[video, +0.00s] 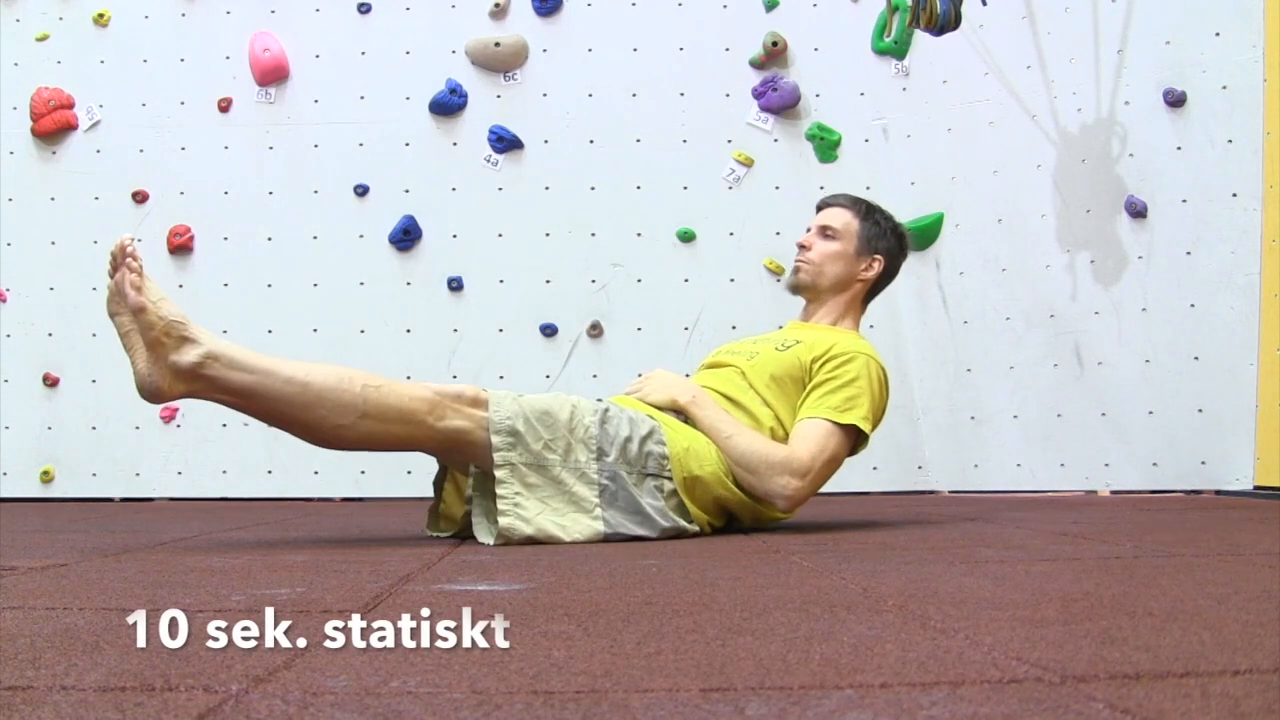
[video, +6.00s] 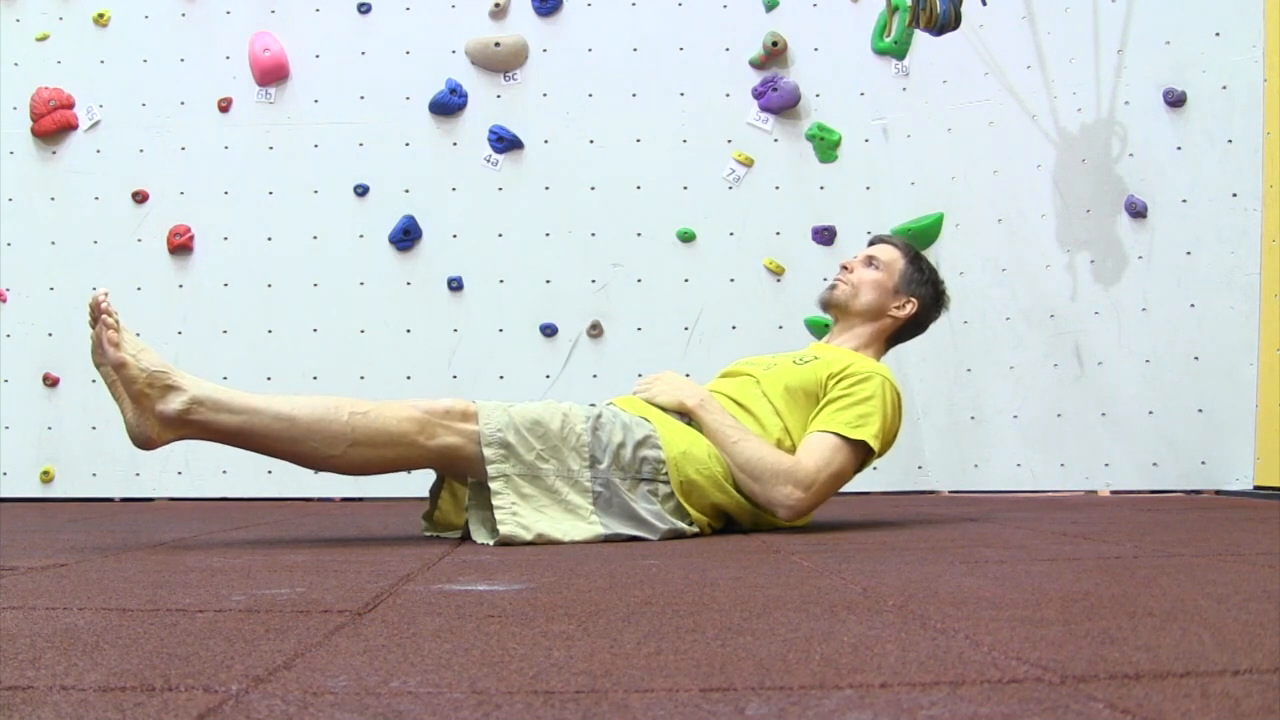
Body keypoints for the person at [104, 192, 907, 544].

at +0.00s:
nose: (803, 241)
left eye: (825, 235)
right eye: (809, 230)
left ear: (870, 266)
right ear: (822, 260)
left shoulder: (849, 355)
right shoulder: (780, 344)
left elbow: (788, 481)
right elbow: (743, 449)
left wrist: (690, 396)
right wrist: (666, 401)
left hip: (658, 462)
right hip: (636, 446)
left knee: (449, 412)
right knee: (437, 410)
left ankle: (191, 365)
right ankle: (190, 362)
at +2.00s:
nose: (829, 238)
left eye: (854, 238)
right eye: (838, 232)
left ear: (887, 285)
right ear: (844, 271)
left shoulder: (858, 364)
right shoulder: (791, 349)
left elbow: (790, 486)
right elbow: (740, 456)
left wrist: (692, 398)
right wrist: (669, 402)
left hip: (662, 462)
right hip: (641, 446)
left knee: (440, 428)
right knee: (429, 430)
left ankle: (177, 401)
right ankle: (178, 403)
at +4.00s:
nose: (842, 252)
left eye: (866, 252)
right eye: (851, 244)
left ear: (895, 299)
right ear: (857, 283)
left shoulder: (863, 374)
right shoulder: (802, 358)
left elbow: (791, 492)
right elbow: (748, 465)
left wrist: (699, 402)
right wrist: (673, 408)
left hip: (659, 460)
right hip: (639, 446)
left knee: (442, 428)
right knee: (431, 429)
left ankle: (177, 400)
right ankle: (178, 401)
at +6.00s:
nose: (849, 261)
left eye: (873, 261)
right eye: (859, 252)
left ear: (900, 308)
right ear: (865, 292)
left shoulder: (867, 381)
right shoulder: (807, 364)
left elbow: (793, 495)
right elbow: (755, 473)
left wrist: (701, 402)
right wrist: (673, 413)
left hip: (660, 462)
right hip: (639, 446)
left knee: (445, 428)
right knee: (435, 423)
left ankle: (178, 406)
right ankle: (180, 407)